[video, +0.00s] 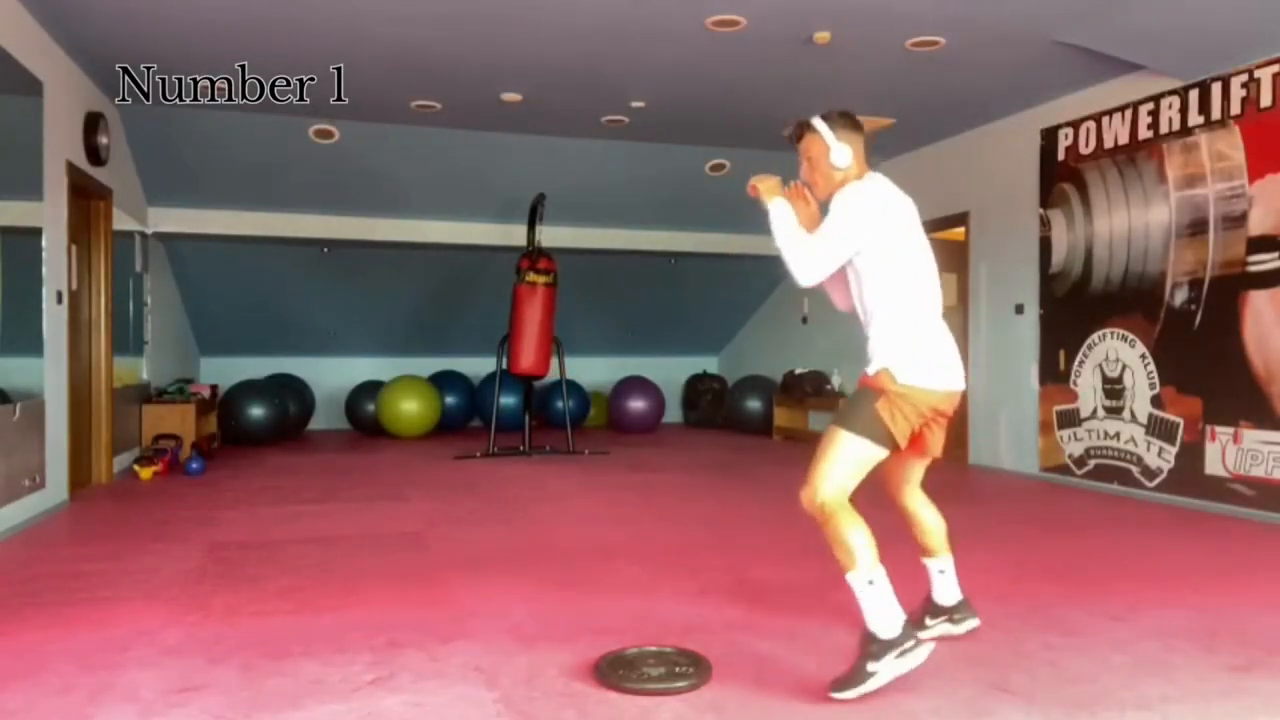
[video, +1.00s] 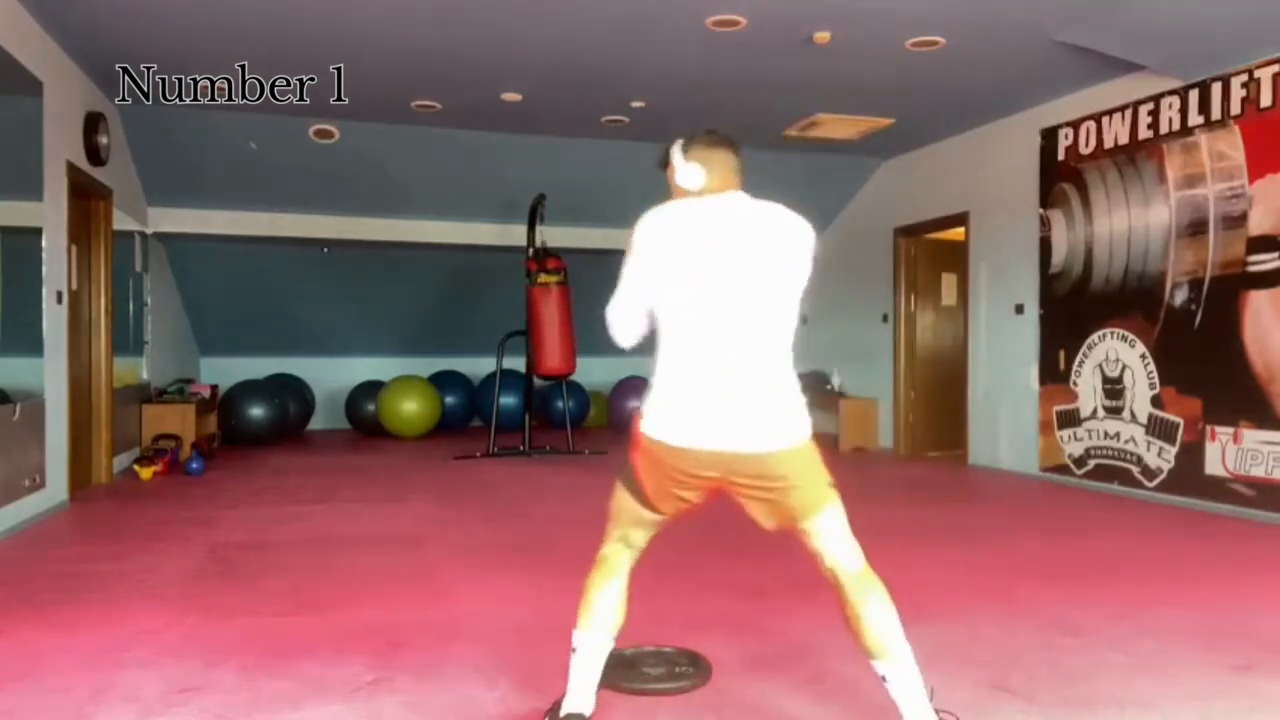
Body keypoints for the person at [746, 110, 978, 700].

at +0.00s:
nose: (805, 174)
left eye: (808, 161)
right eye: (803, 164)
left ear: (837, 153)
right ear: (852, 154)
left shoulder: (859, 200)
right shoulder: (890, 199)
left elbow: (805, 267)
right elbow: (852, 298)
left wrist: (775, 204)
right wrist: (809, 224)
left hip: (902, 375)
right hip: (940, 375)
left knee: (823, 494)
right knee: (906, 487)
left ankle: (890, 636)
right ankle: (950, 603)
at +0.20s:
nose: (803, 211)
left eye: (805, 197)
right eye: (801, 199)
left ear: (829, 187)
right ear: (849, 187)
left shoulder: (861, 235)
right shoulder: (889, 234)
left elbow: (827, 311)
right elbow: (853, 326)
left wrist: (755, 270)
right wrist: (815, 268)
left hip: (908, 404)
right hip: (935, 403)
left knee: (827, 517)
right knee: (888, 512)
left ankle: (923, 649)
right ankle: (960, 620)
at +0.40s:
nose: (796, 202)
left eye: (805, 188)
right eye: (789, 193)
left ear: (841, 186)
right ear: (789, 198)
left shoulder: (893, 248)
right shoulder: (802, 244)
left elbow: (889, 343)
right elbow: (742, 299)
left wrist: (821, 275)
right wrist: (733, 254)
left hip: (900, 406)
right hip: (856, 407)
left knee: (822, 523)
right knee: (859, 528)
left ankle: (793, 684)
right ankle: (950, 608)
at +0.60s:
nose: (720, 176)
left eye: (724, 163)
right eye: (719, 165)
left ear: (755, 158)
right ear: (772, 158)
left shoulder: (796, 215)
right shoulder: (822, 203)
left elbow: (766, 306)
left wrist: (720, 235)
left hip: (840, 405)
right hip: (882, 404)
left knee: (742, 524)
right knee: (854, 517)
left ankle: (771, 693)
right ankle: (941, 633)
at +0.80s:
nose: (721, 176)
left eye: (724, 163)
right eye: (720, 163)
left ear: (749, 159)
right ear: (786, 158)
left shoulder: (740, 212)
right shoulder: (852, 209)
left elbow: (687, 302)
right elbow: (839, 289)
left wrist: (681, 242)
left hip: (771, 408)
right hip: (858, 413)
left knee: (681, 539)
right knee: (882, 559)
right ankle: (926, 704)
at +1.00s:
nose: (672, 184)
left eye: (673, 173)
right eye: (673, 173)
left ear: (687, 171)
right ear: (736, 175)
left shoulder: (660, 225)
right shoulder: (794, 229)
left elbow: (625, 329)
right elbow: (782, 314)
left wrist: (674, 269)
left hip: (676, 432)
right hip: (774, 436)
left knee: (618, 552)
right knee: (850, 568)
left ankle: (576, 706)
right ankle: (918, 709)